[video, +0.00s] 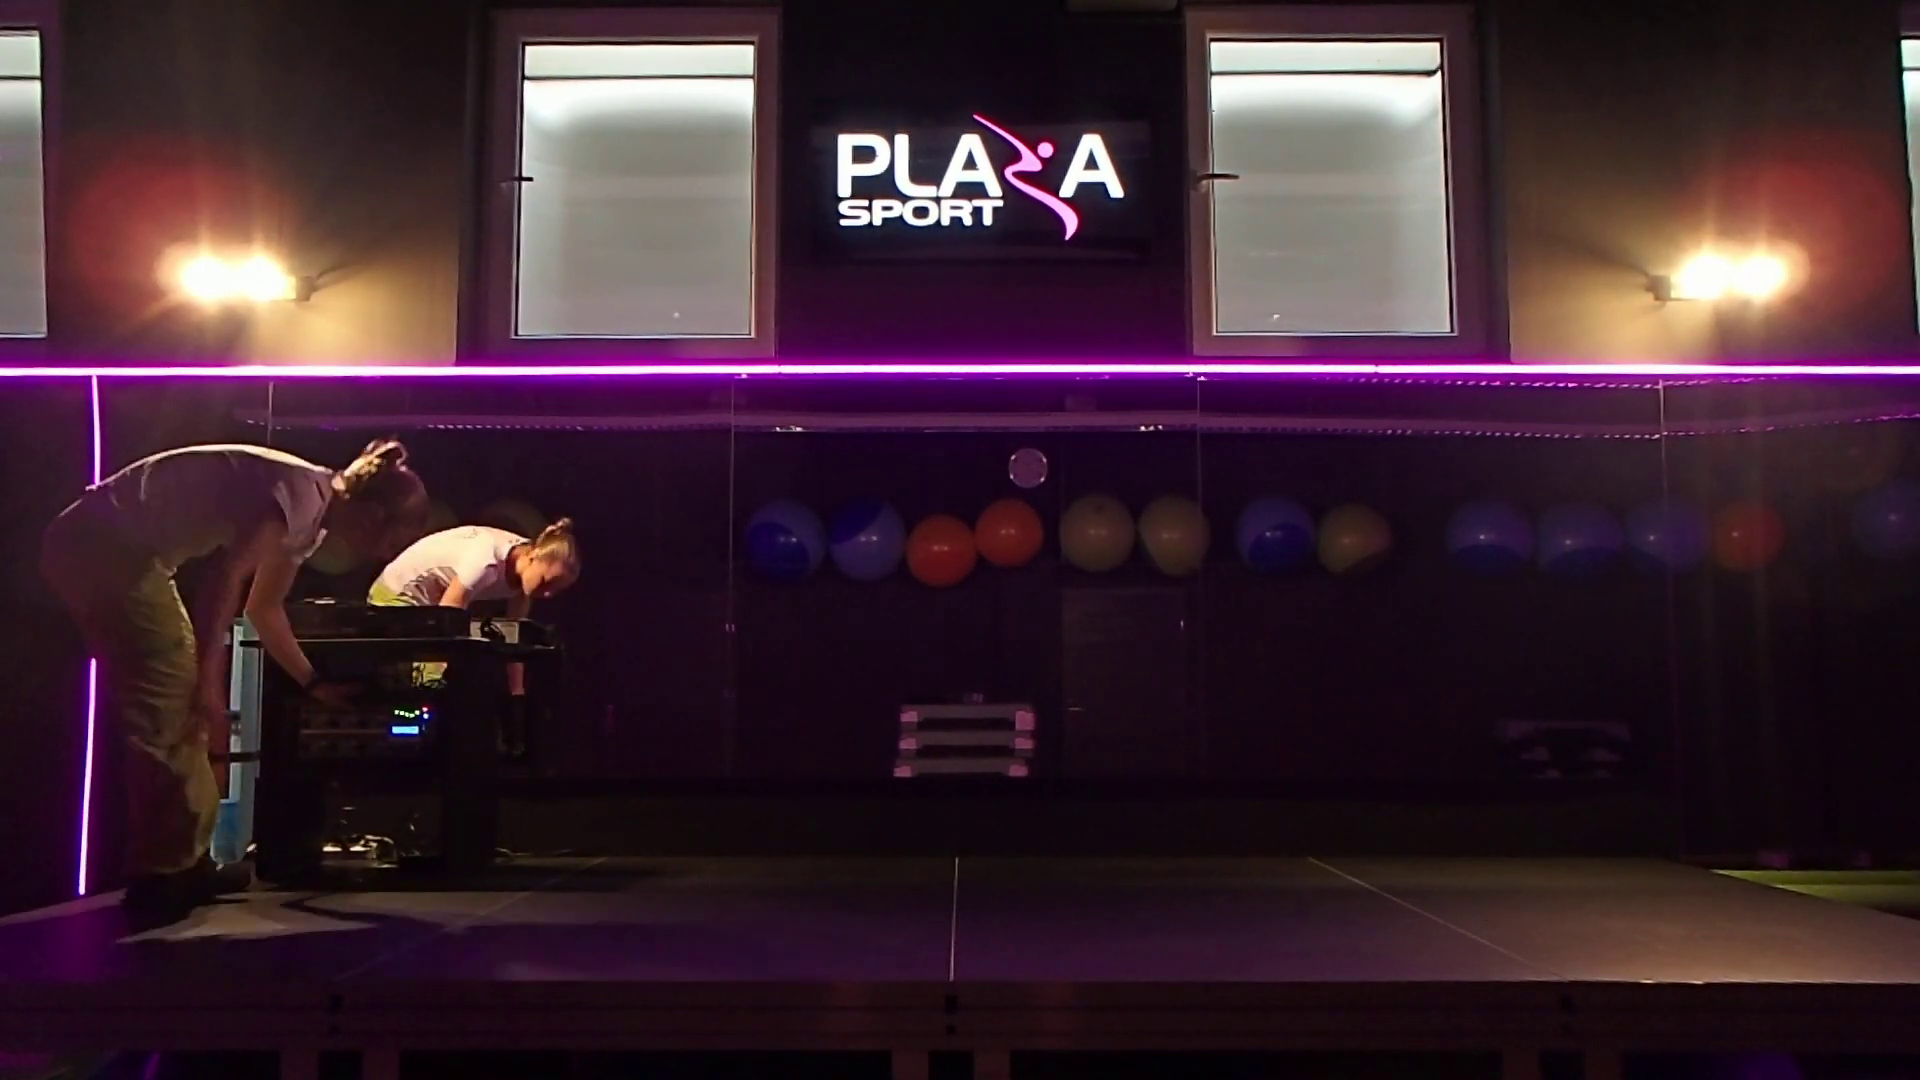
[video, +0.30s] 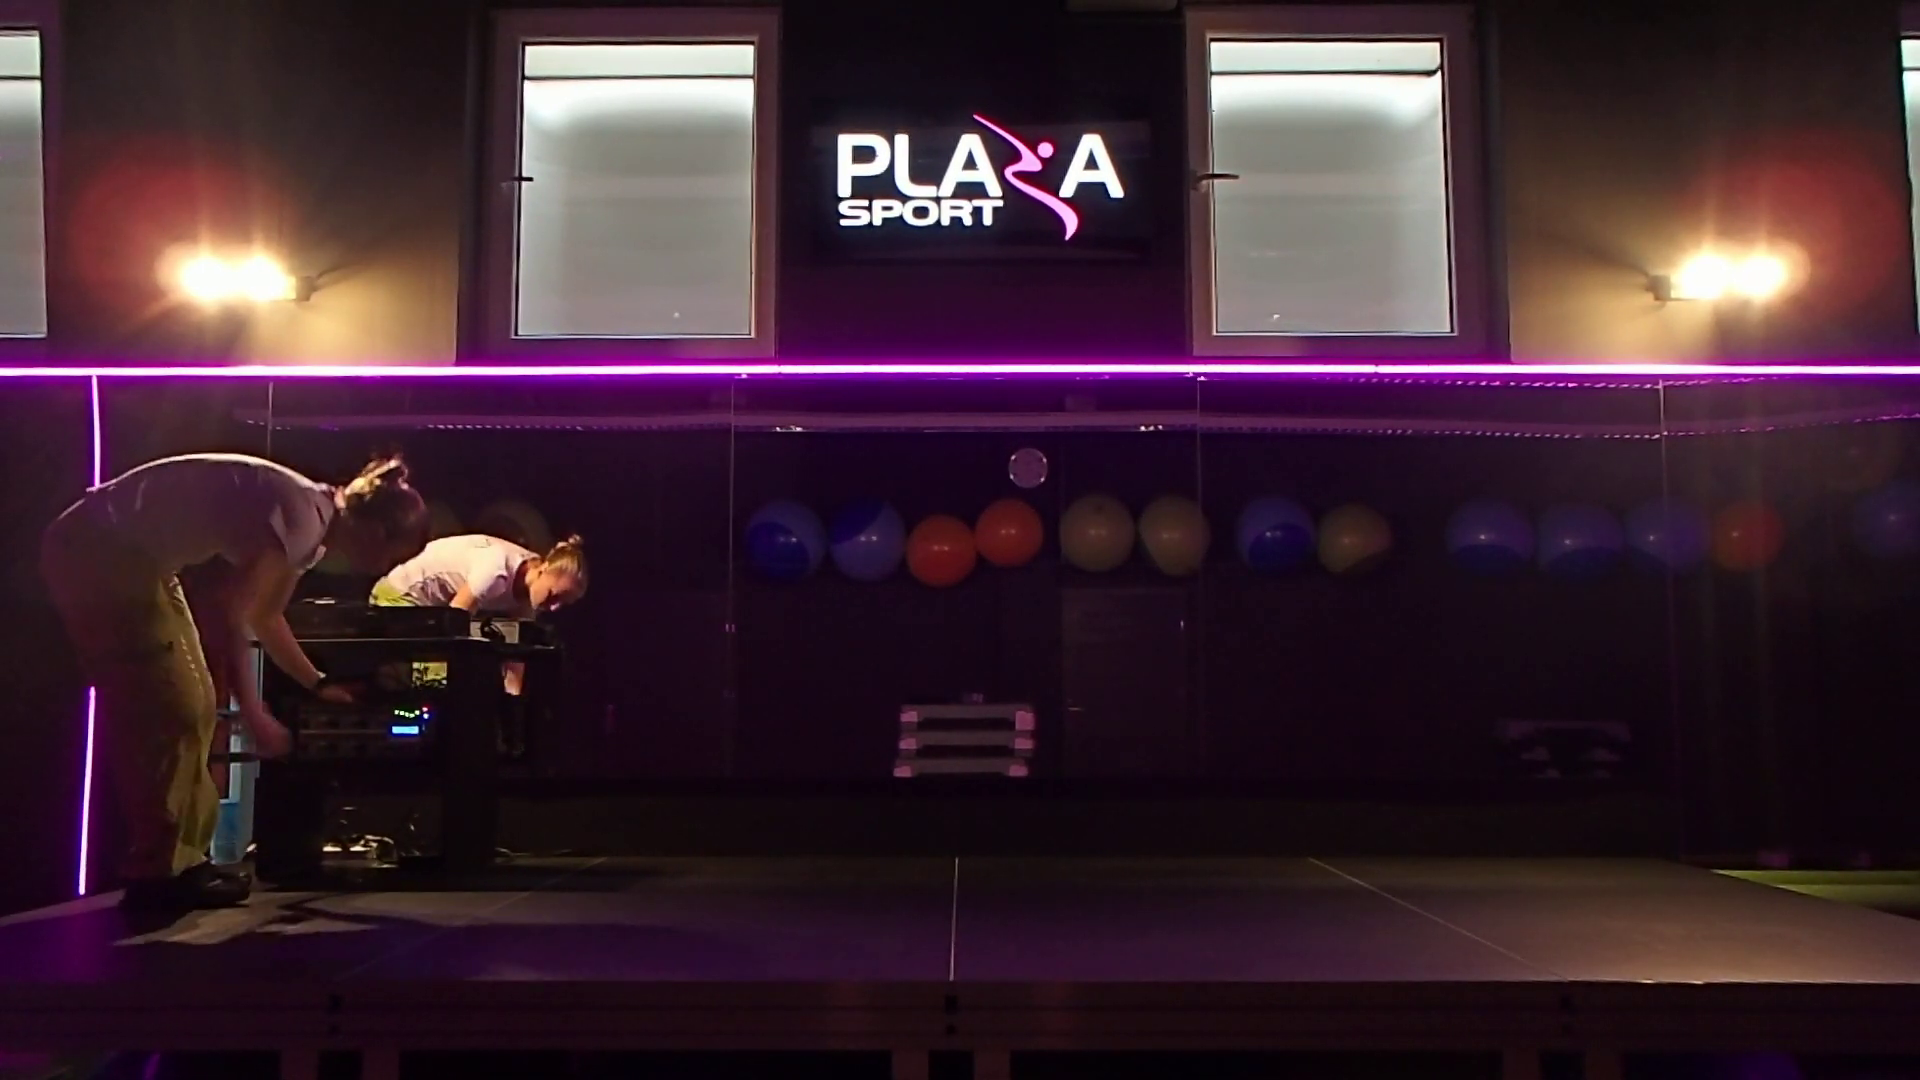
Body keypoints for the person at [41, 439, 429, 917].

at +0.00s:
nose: (388, 553)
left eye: (396, 544)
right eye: (394, 540)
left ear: (369, 508)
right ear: (377, 515)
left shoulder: (305, 522)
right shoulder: (299, 496)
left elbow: (265, 607)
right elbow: (225, 577)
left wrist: (311, 681)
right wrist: (206, 680)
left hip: (134, 552)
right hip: (106, 547)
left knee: (181, 697)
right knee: (162, 698)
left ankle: (189, 863)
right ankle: (161, 874)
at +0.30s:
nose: (382, 567)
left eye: (391, 561)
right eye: (389, 557)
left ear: (369, 516)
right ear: (377, 527)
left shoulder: (311, 526)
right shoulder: (299, 516)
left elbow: (266, 615)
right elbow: (237, 612)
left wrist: (316, 684)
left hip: (145, 560)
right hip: (105, 553)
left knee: (197, 708)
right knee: (172, 712)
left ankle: (187, 863)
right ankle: (156, 875)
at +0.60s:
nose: (379, 610)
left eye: (390, 604)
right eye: (388, 599)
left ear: (373, 562)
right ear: (376, 570)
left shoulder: (295, 548)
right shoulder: (324, 556)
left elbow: (251, 631)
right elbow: (332, 679)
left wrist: (310, 687)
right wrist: (386, 725)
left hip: (102, 547)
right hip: (113, 551)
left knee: (178, 698)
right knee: (190, 697)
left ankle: (170, 867)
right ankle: (171, 872)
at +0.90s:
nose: (380, 618)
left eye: (391, 614)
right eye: (389, 609)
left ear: (377, 569)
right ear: (378, 577)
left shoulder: (294, 553)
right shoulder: (336, 560)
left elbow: (246, 636)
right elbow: (344, 679)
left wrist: (314, 691)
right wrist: (396, 727)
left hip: (103, 542)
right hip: (128, 548)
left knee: (157, 695)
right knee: (197, 695)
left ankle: (165, 863)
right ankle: (173, 868)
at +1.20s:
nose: (380, 619)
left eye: (391, 615)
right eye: (390, 609)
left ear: (379, 569)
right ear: (380, 576)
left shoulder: (297, 554)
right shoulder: (339, 557)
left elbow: (247, 636)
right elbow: (344, 677)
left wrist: (315, 691)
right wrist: (394, 726)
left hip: (111, 542)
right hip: (133, 547)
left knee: (172, 696)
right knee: (197, 697)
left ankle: (167, 865)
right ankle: (171, 869)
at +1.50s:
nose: (380, 619)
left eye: (391, 615)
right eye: (390, 609)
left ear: (379, 571)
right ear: (380, 576)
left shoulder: (297, 552)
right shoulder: (338, 555)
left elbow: (248, 634)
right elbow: (342, 675)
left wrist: (314, 691)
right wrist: (394, 725)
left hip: (115, 543)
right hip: (132, 547)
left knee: (188, 697)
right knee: (197, 697)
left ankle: (168, 866)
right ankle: (169, 869)